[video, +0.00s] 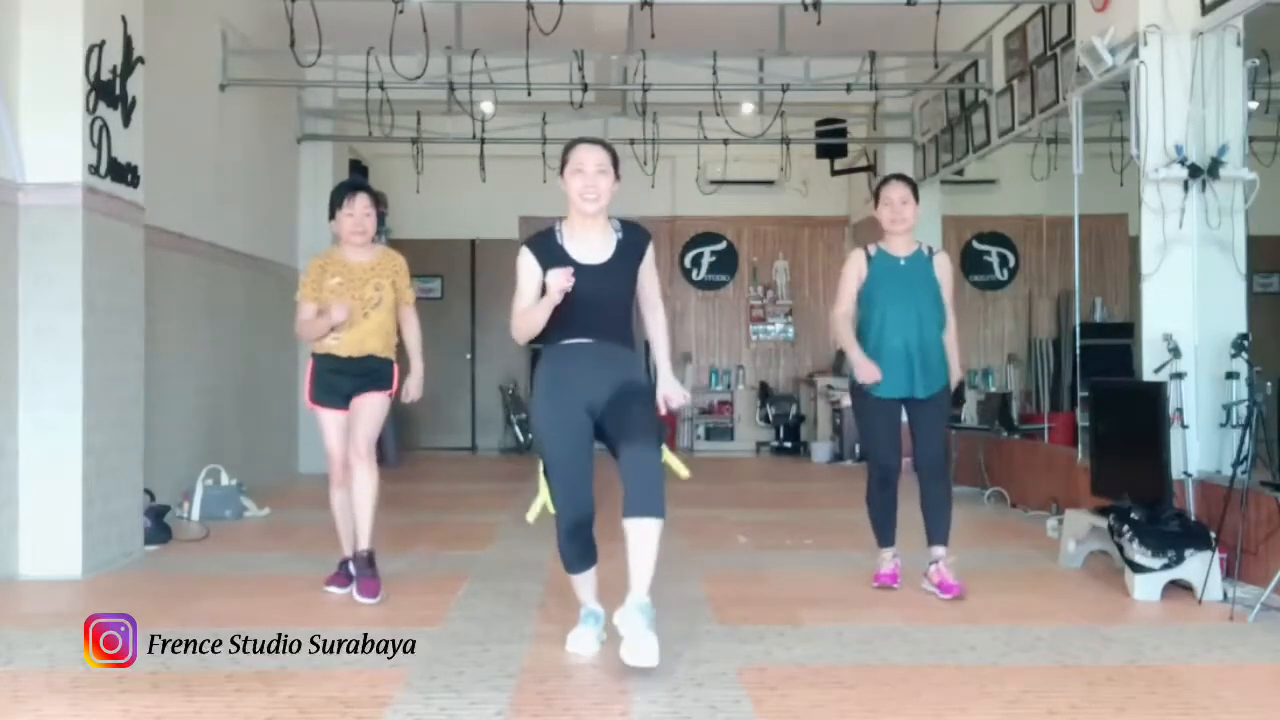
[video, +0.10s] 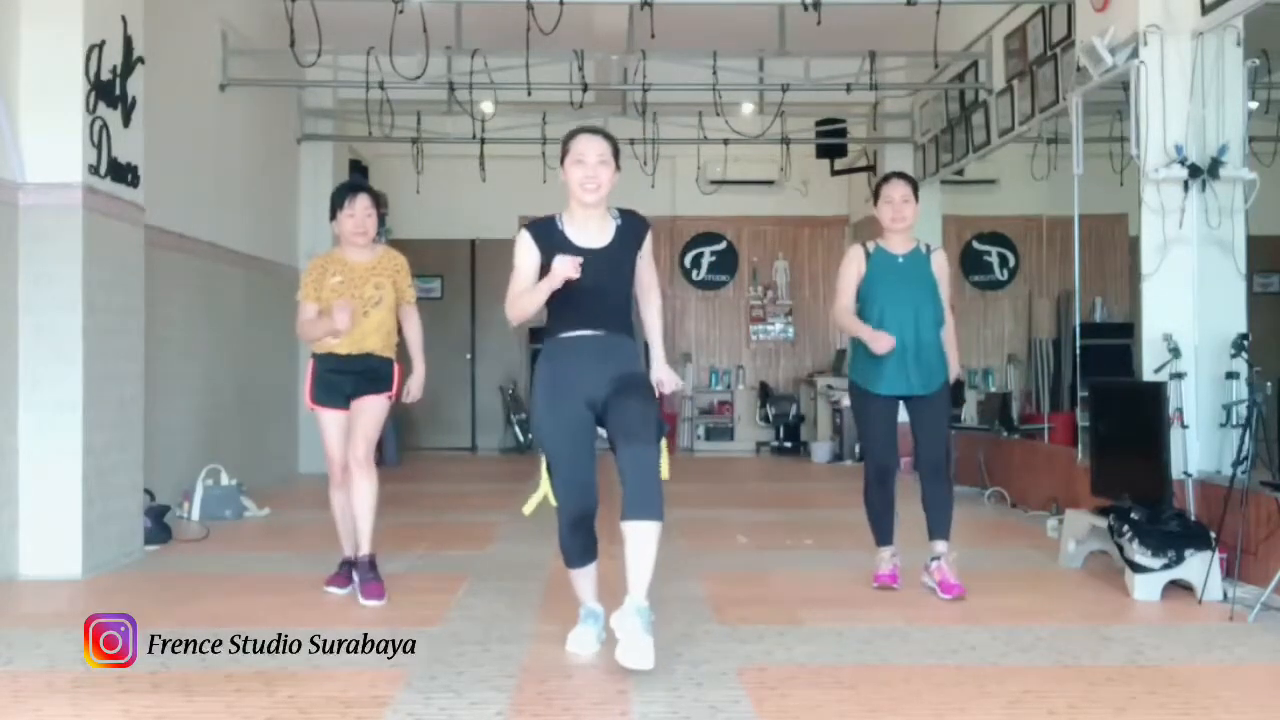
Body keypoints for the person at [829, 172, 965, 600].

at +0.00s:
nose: (896, 210)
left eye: (904, 202)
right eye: (887, 203)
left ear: (917, 209)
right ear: (876, 211)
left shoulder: (938, 261)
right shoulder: (861, 259)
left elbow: (947, 320)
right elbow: (840, 317)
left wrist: (955, 369)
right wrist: (858, 359)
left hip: (931, 378)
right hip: (878, 380)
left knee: (934, 467)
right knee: (884, 467)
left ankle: (937, 561)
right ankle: (888, 555)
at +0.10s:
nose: (897, 208)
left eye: (905, 201)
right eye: (888, 201)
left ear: (917, 207)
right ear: (876, 208)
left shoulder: (935, 257)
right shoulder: (859, 255)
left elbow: (945, 314)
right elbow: (841, 312)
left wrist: (953, 363)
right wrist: (869, 335)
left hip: (929, 374)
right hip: (875, 377)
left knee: (935, 463)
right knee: (880, 465)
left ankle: (939, 558)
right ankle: (886, 555)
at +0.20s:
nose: (897, 209)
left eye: (904, 202)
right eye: (888, 202)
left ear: (916, 208)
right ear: (875, 209)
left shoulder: (934, 258)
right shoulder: (858, 254)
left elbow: (944, 316)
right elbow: (840, 312)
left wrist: (954, 366)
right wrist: (870, 326)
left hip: (928, 376)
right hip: (873, 378)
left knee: (934, 463)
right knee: (880, 464)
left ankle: (937, 557)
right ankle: (887, 554)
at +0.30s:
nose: (897, 215)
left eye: (904, 207)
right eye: (888, 208)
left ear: (915, 213)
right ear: (875, 215)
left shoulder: (933, 263)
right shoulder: (859, 259)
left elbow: (945, 324)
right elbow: (840, 315)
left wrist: (955, 378)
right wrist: (867, 338)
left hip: (927, 381)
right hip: (873, 382)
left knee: (934, 465)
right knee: (881, 467)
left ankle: (935, 559)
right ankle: (887, 556)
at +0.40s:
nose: (897, 220)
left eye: (904, 212)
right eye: (888, 213)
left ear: (915, 218)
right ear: (875, 219)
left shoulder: (933, 269)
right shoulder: (858, 266)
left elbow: (946, 332)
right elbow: (840, 325)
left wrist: (958, 389)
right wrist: (858, 362)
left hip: (926, 387)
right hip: (871, 388)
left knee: (937, 465)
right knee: (882, 469)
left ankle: (938, 557)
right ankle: (888, 556)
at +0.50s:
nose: (897, 215)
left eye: (905, 208)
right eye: (889, 208)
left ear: (916, 213)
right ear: (876, 215)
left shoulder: (934, 264)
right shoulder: (859, 262)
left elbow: (947, 325)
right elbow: (840, 323)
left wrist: (959, 375)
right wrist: (846, 376)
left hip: (927, 385)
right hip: (872, 387)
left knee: (937, 463)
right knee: (882, 467)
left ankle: (935, 549)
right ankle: (888, 555)